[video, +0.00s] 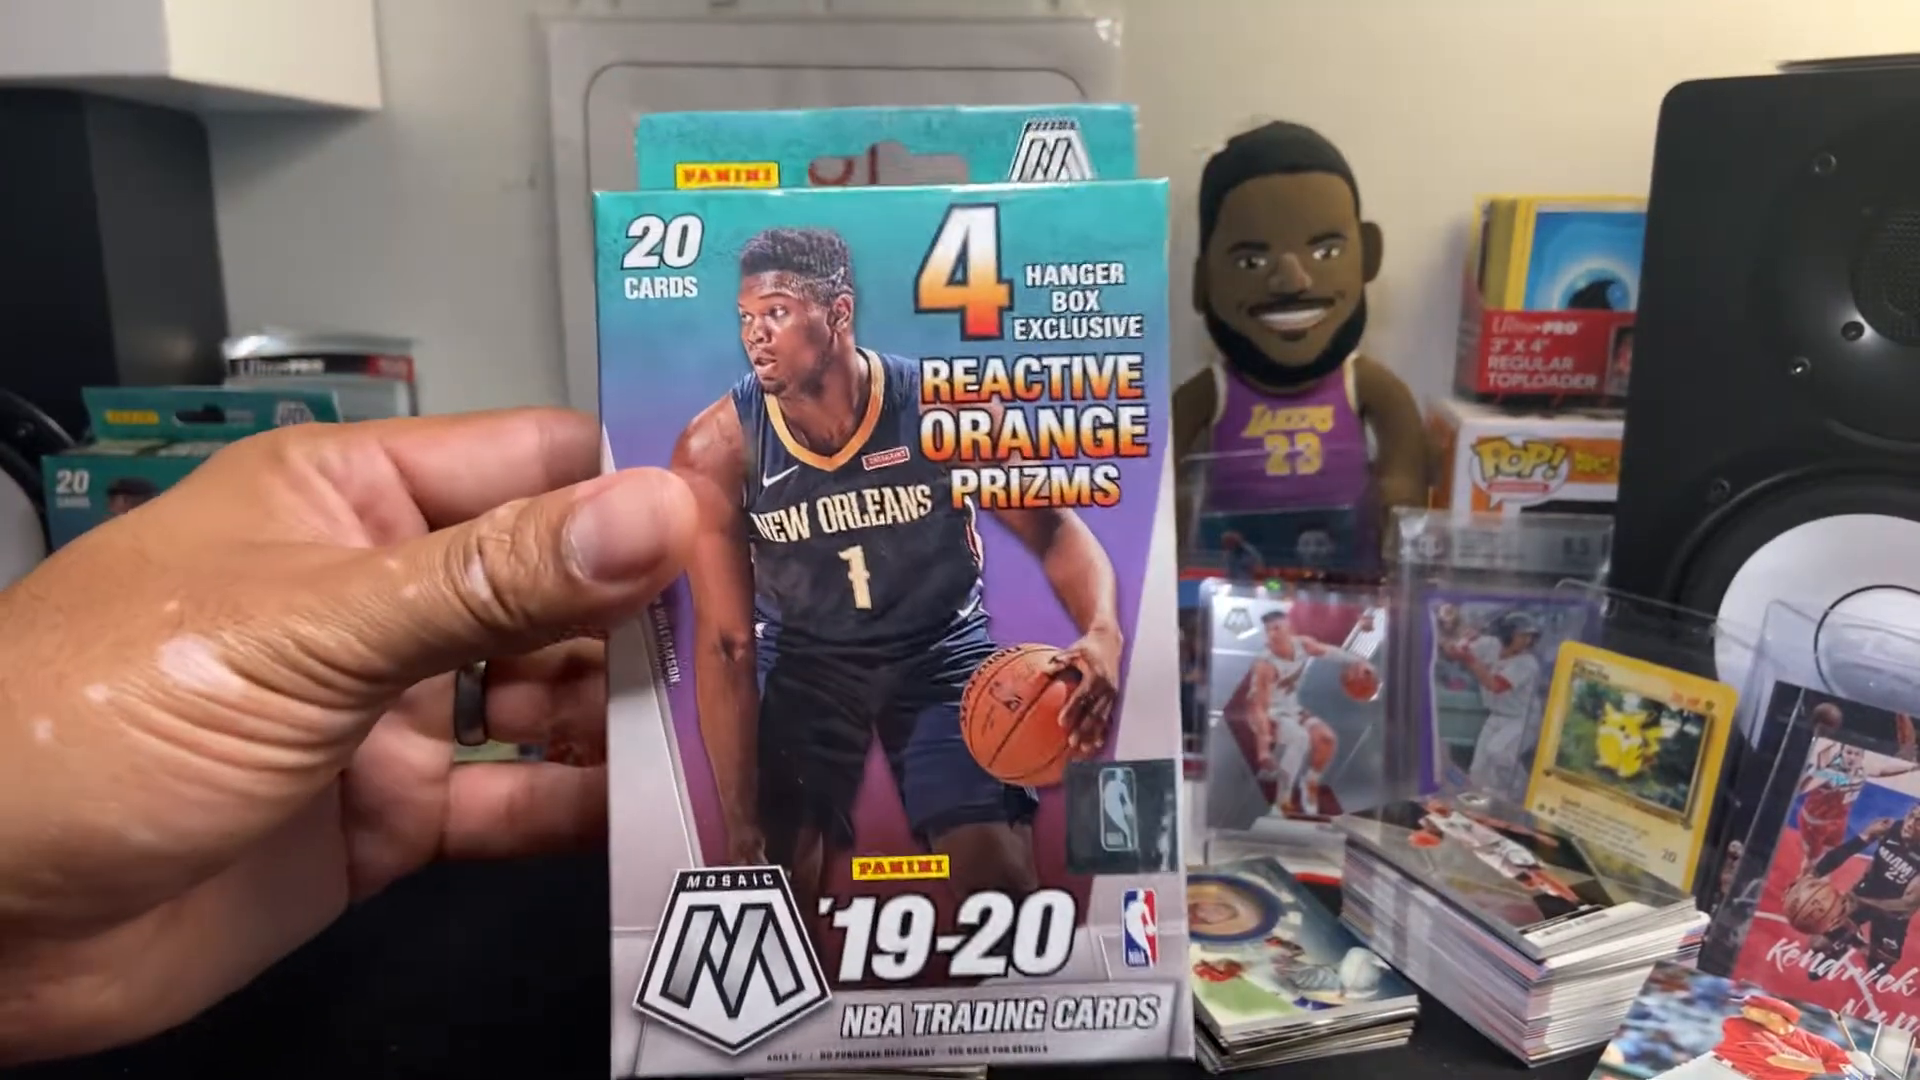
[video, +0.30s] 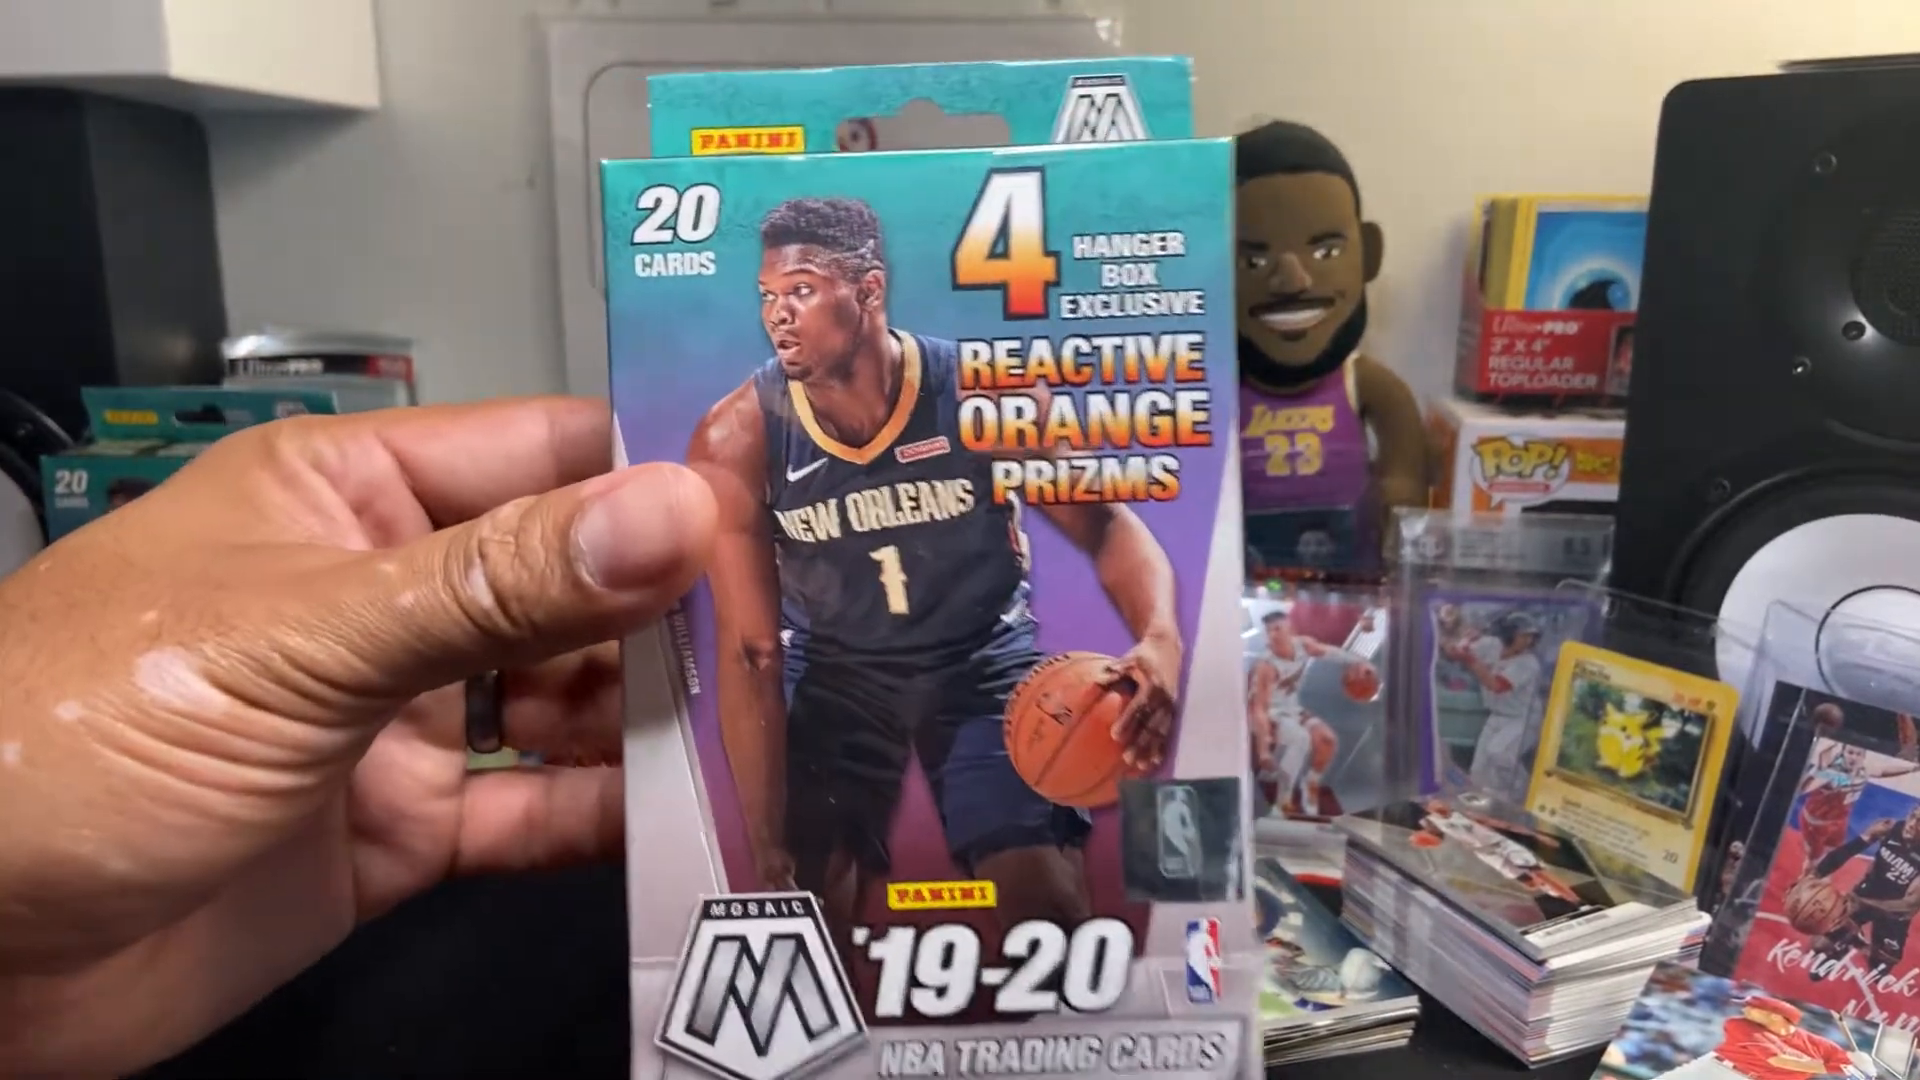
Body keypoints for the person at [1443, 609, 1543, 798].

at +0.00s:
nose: (1527, 641)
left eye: (1530, 637)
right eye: (1523, 635)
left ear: (1533, 639)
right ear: (1510, 635)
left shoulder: (1528, 663)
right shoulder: (1491, 646)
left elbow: (1497, 685)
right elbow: (1457, 651)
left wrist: (1471, 661)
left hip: (1518, 722)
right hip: (1495, 718)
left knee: (1496, 752)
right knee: (1479, 763)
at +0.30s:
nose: (1528, 641)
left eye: (1531, 637)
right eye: (1524, 636)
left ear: (1533, 639)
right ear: (1512, 635)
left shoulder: (1529, 663)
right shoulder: (1493, 646)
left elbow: (1497, 685)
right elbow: (1456, 651)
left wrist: (1472, 661)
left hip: (1518, 722)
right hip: (1495, 718)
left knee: (1496, 753)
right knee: (1480, 763)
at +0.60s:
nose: (1529, 640)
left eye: (1532, 636)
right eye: (1525, 635)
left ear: (1535, 638)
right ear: (1513, 634)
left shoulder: (1530, 663)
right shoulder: (1493, 646)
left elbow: (1499, 685)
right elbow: (1457, 650)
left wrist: (1473, 661)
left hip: (1519, 723)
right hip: (1496, 719)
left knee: (1497, 753)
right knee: (1482, 762)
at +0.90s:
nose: (1526, 641)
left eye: (1528, 636)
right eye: (1521, 635)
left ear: (1530, 638)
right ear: (1509, 634)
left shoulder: (1526, 662)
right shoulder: (1489, 645)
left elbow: (1495, 684)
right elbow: (1455, 650)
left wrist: (1468, 660)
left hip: (1520, 720)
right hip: (1494, 717)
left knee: (1494, 749)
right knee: (1477, 765)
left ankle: (1521, 789)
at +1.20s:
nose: (1526, 640)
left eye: (1528, 636)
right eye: (1521, 635)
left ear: (1529, 638)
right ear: (1508, 634)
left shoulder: (1526, 662)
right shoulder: (1488, 645)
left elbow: (1495, 683)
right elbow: (1453, 649)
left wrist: (1467, 659)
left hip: (1520, 719)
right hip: (1494, 717)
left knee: (1494, 749)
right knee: (1477, 766)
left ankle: (1520, 789)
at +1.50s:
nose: (1529, 641)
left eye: (1532, 637)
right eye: (1525, 636)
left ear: (1535, 639)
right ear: (1514, 636)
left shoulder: (1530, 663)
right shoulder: (1495, 649)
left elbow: (1499, 685)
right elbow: (1462, 651)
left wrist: (1476, 664)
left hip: (1520, 722)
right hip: (1497, 718)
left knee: (1497, 751)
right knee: (1481, 766)